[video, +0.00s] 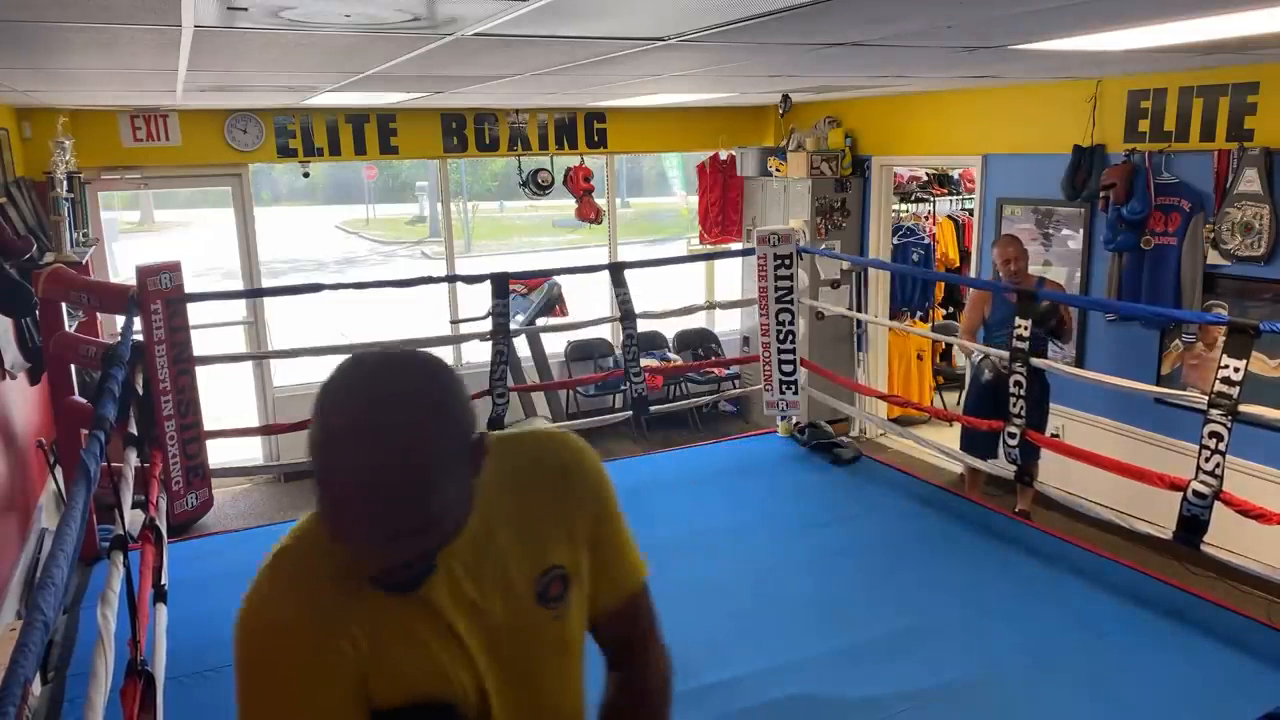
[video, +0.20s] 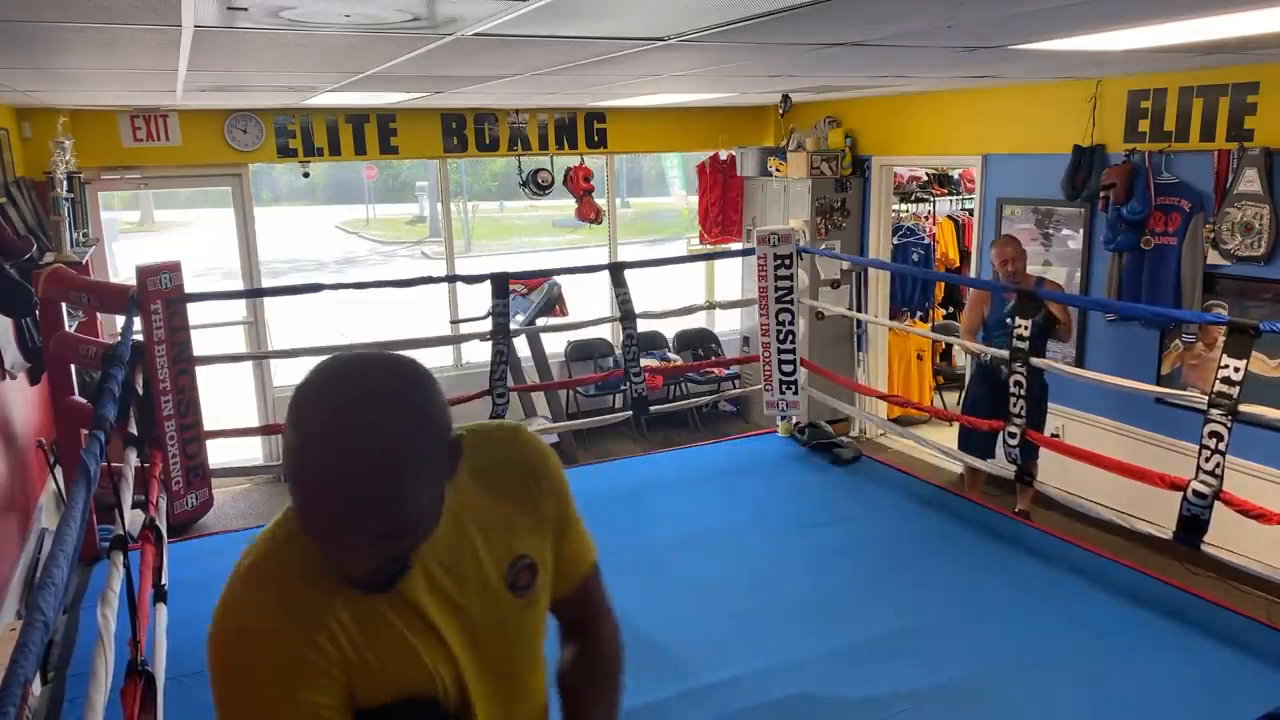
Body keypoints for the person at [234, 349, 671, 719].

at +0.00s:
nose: (378, 568)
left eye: (413, 548)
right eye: (351, 541)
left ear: (478, 461)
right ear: (318, 476)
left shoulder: (556, 473)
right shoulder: (287, 623)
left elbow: (636, 654)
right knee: (423, 705)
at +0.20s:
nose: (364, 576)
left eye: (395, 555)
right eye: (331, 547)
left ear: (452, 464)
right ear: (290, 473)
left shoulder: (517, 467)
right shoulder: (264, 629)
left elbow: (588, 626)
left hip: (523, 702)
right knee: (410, 708)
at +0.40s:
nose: (378, 525)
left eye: (410, 493)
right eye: (346, 490)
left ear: (453, 434)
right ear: (302, 428)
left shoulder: (487, 460)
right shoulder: (262, 604)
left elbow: (536, 607)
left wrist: (537, 708)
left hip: (504, 699)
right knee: (402, 696)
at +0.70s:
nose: (415, 432)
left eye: (436, 407)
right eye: (389, 411)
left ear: (455, 384)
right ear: (330, 379)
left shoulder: (450, 443)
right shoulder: (298, 522)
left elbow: (494, 559)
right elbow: (342, 706)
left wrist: (522, 667)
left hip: (479, 694)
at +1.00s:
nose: (450, 377)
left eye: (455, 357)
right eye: (437, 357)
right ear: (381, 345)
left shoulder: (393, 429)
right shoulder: (335, 462)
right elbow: (414, 667)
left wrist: (481, 601)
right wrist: (523, 674)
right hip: (388, 706)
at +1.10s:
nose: (448, 366)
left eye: (451, 346)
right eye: (433, 346)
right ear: (382, 334)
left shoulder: (373, 428)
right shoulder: (350, 448)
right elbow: (446, 640)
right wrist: (534, 649)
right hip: (408, 706)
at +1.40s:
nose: (444, 363)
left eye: (446, 344)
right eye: (436, 342)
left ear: (359, 327)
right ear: (385, 329)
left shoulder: (309, 420)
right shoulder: (390, 431)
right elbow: (521, 593)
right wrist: (551, 598)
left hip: (375, 694)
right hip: (454, 702)